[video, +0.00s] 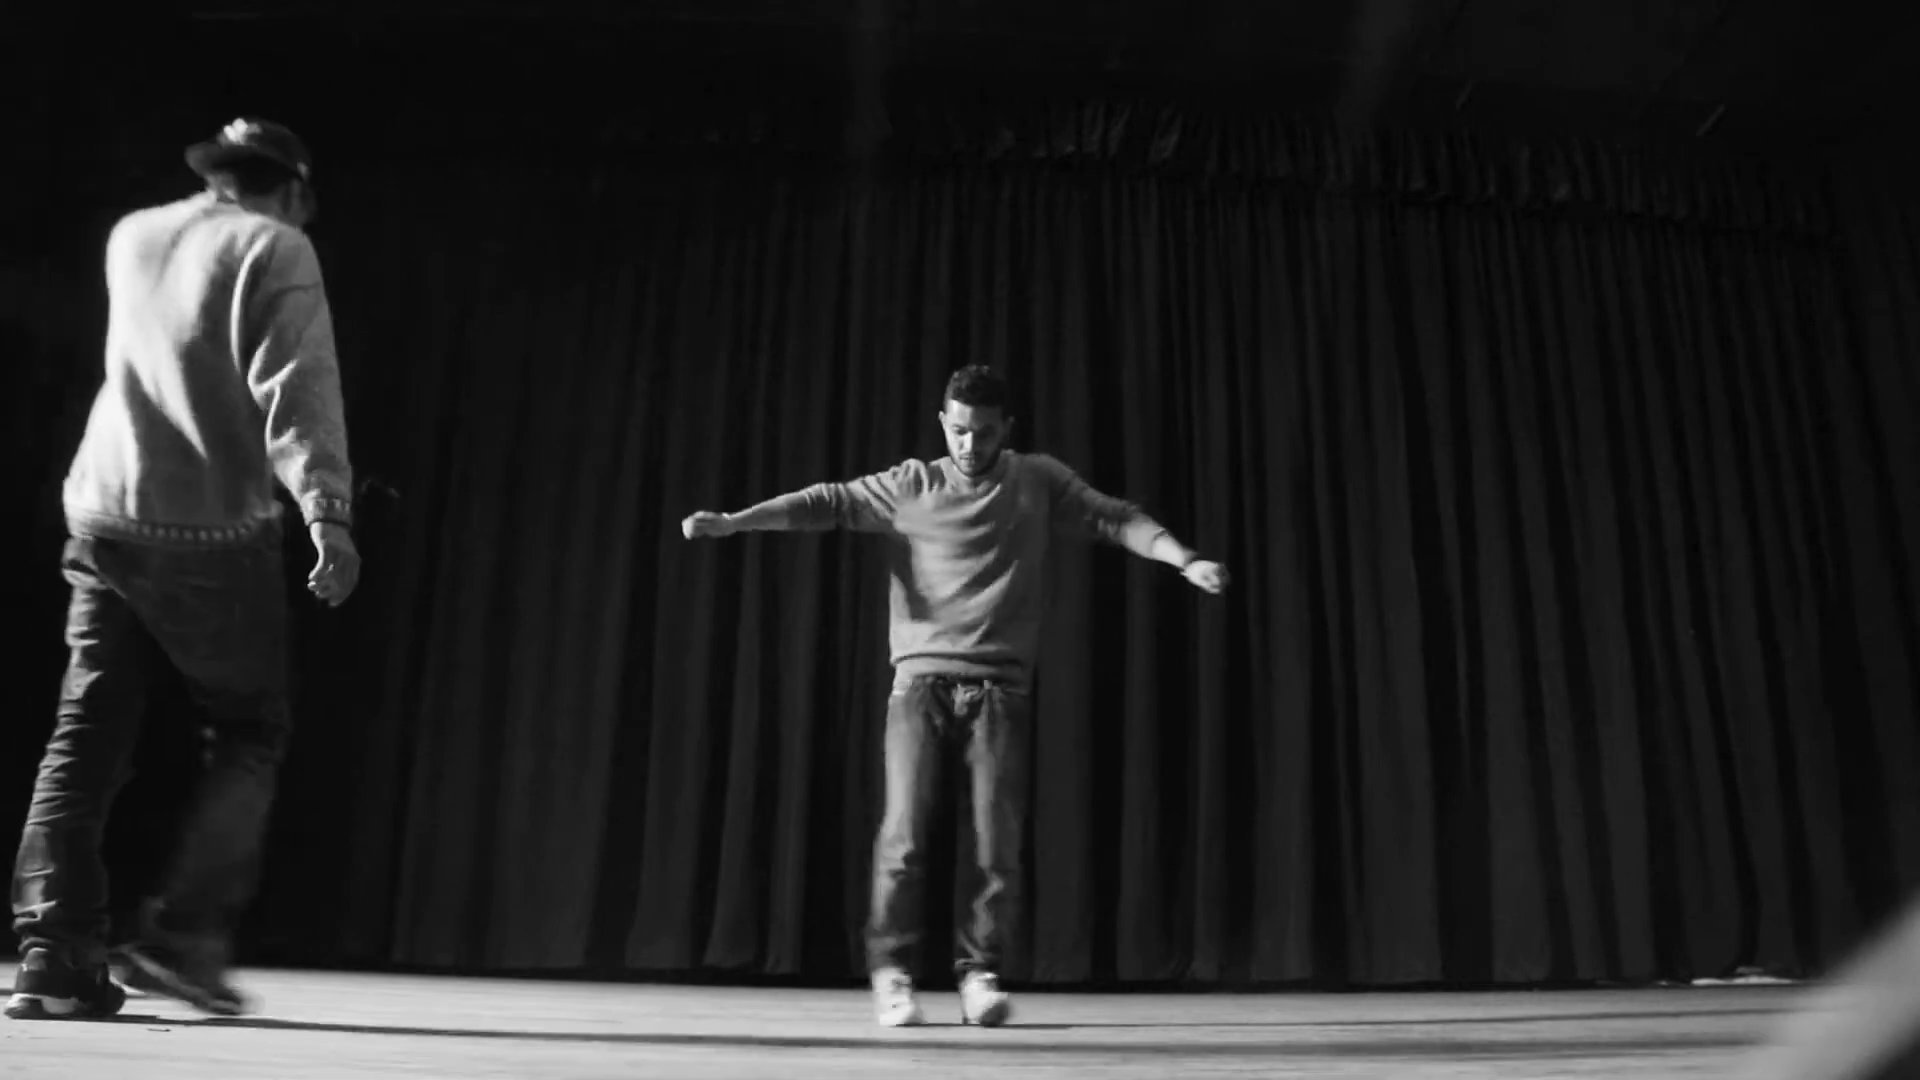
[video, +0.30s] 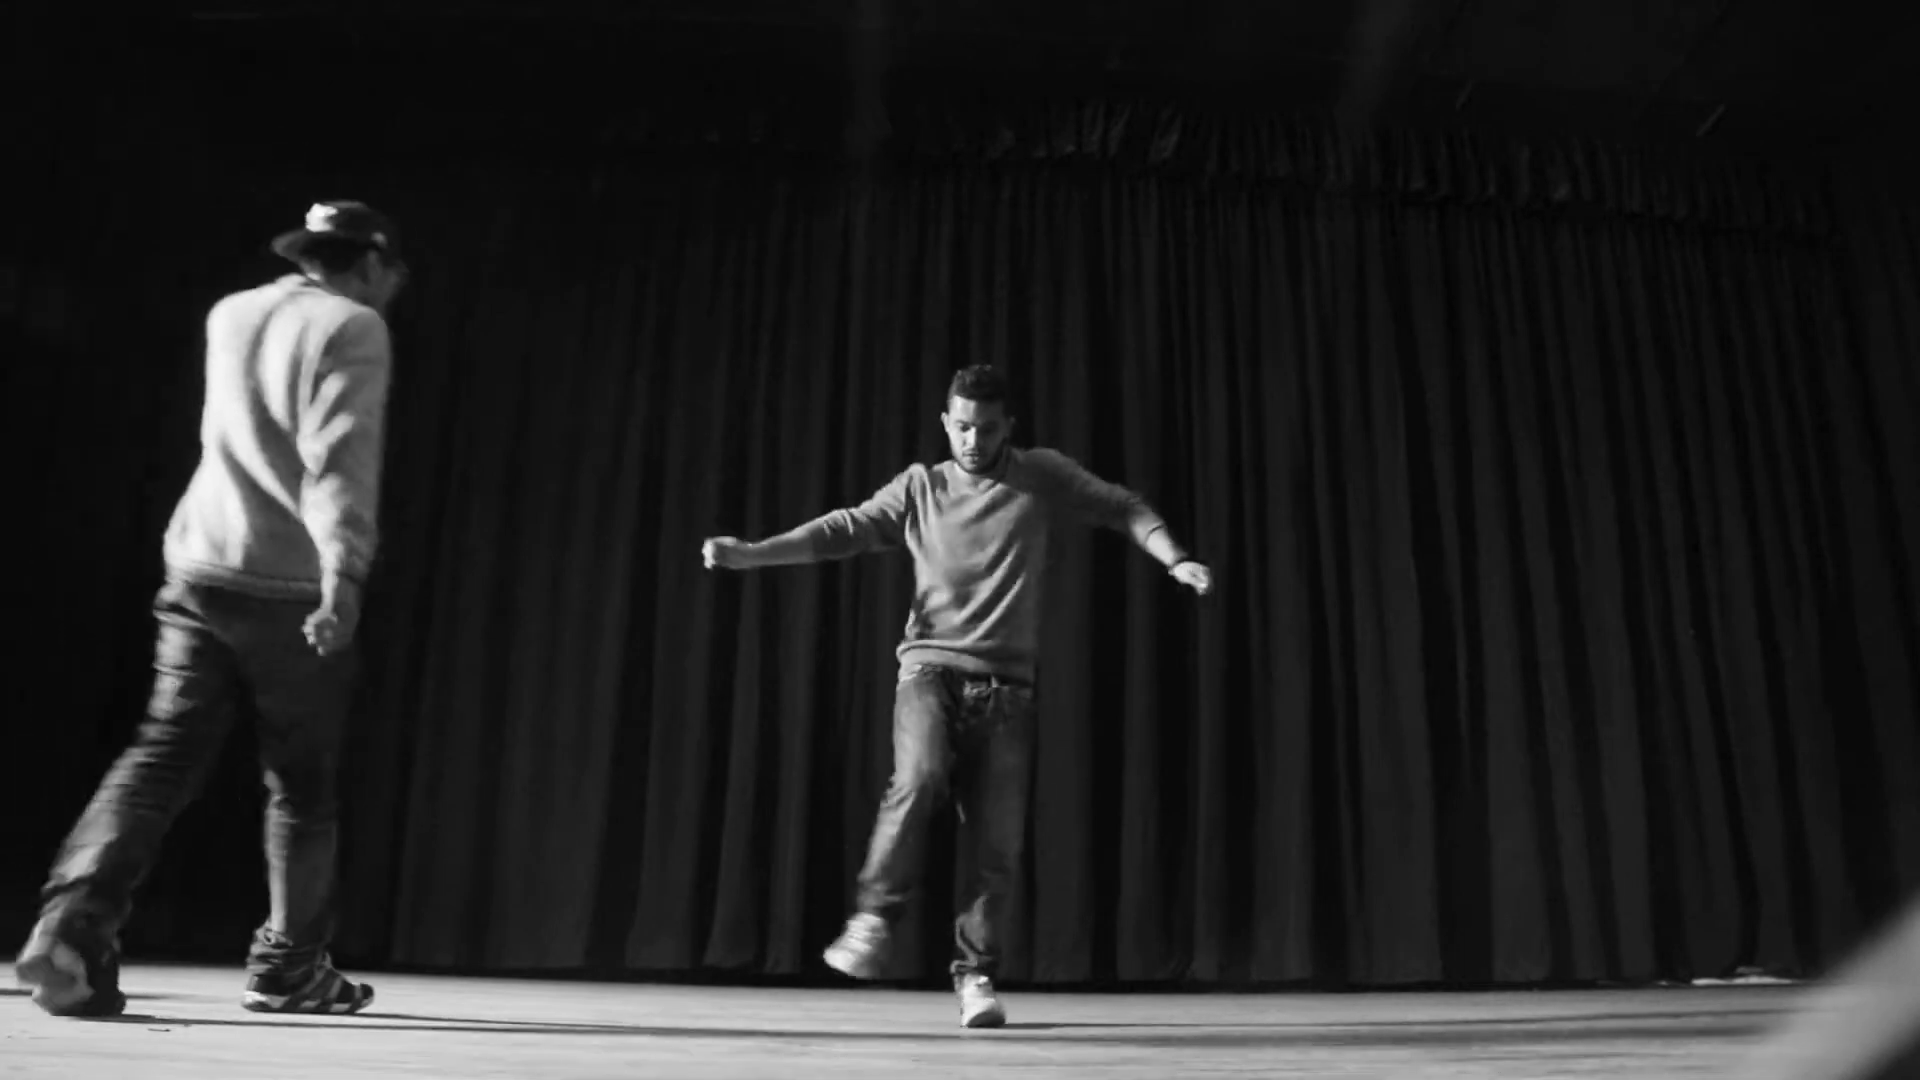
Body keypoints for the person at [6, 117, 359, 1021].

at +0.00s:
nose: (300, 213)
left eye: (301, 202)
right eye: (302, 201)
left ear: (212, 179)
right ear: (287, 191)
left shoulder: (132, 234)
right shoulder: (276, 246)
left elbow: (154, 348)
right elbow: (297, 385)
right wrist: (328, 512)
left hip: (101, 520)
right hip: (212, 535)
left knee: (84, 731)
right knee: (248, 732)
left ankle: (46, 954)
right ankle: (183, 939)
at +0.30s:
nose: (392, 286)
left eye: (393, 272)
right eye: (390, 271)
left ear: (307, 256)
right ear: (368, 263)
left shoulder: (230, 312)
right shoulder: (355, 327)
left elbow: (234, 434)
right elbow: (339, 458)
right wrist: (342, 579)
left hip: (197, 570)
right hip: (288, 585)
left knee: (162, 751)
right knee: (302, 782)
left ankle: (69, 927)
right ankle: (290, 964)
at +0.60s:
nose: (467, 335)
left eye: (468, 320)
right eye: (466, 319)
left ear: (389, 300)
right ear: (440, 304)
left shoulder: (305, 353)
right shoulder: (424, 368)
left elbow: (312, 463)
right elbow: (454, 502)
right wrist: (491, 617)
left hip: (291, 592)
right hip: (372, 599)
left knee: (302, 763)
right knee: (336, 783)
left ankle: (219, 924)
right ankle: (293, 963)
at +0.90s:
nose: (514, 423)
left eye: (520, 415)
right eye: (517, 411)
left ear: (458, 375)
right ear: (503, 390)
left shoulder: (367, 416)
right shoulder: (475, 416)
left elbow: (301, 516)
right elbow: (499, 534)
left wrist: (359, 572)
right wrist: (548, 623)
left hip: (342, 621)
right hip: (413, 620)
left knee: (385, 798)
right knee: (363, 796)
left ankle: (417, 960)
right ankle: (293, 954)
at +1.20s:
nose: (550, 472)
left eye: (555, 465)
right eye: (552, 459)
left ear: (499, 420)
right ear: (541, 436)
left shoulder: (422, 460)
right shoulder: (520, 448)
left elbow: (372, 563)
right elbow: (503, 545)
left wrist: (375, 659)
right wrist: (498, 636)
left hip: (402, 668)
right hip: (459, 663)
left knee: (422, 809)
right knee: (486, 804)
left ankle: (422, 964)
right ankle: (391, 905)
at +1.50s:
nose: (605, 494)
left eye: (610, 485)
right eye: (609, 481)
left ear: (560, 450)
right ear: (599, 462)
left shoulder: (485, 485)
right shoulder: (568, 478)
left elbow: (438, 582)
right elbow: (553, 580)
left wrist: (445, 671)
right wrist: (573, 680)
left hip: (453, 679)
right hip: (511, 676)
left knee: (445, 819)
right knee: (558, 815)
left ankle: (425, 961)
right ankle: (576, 960)